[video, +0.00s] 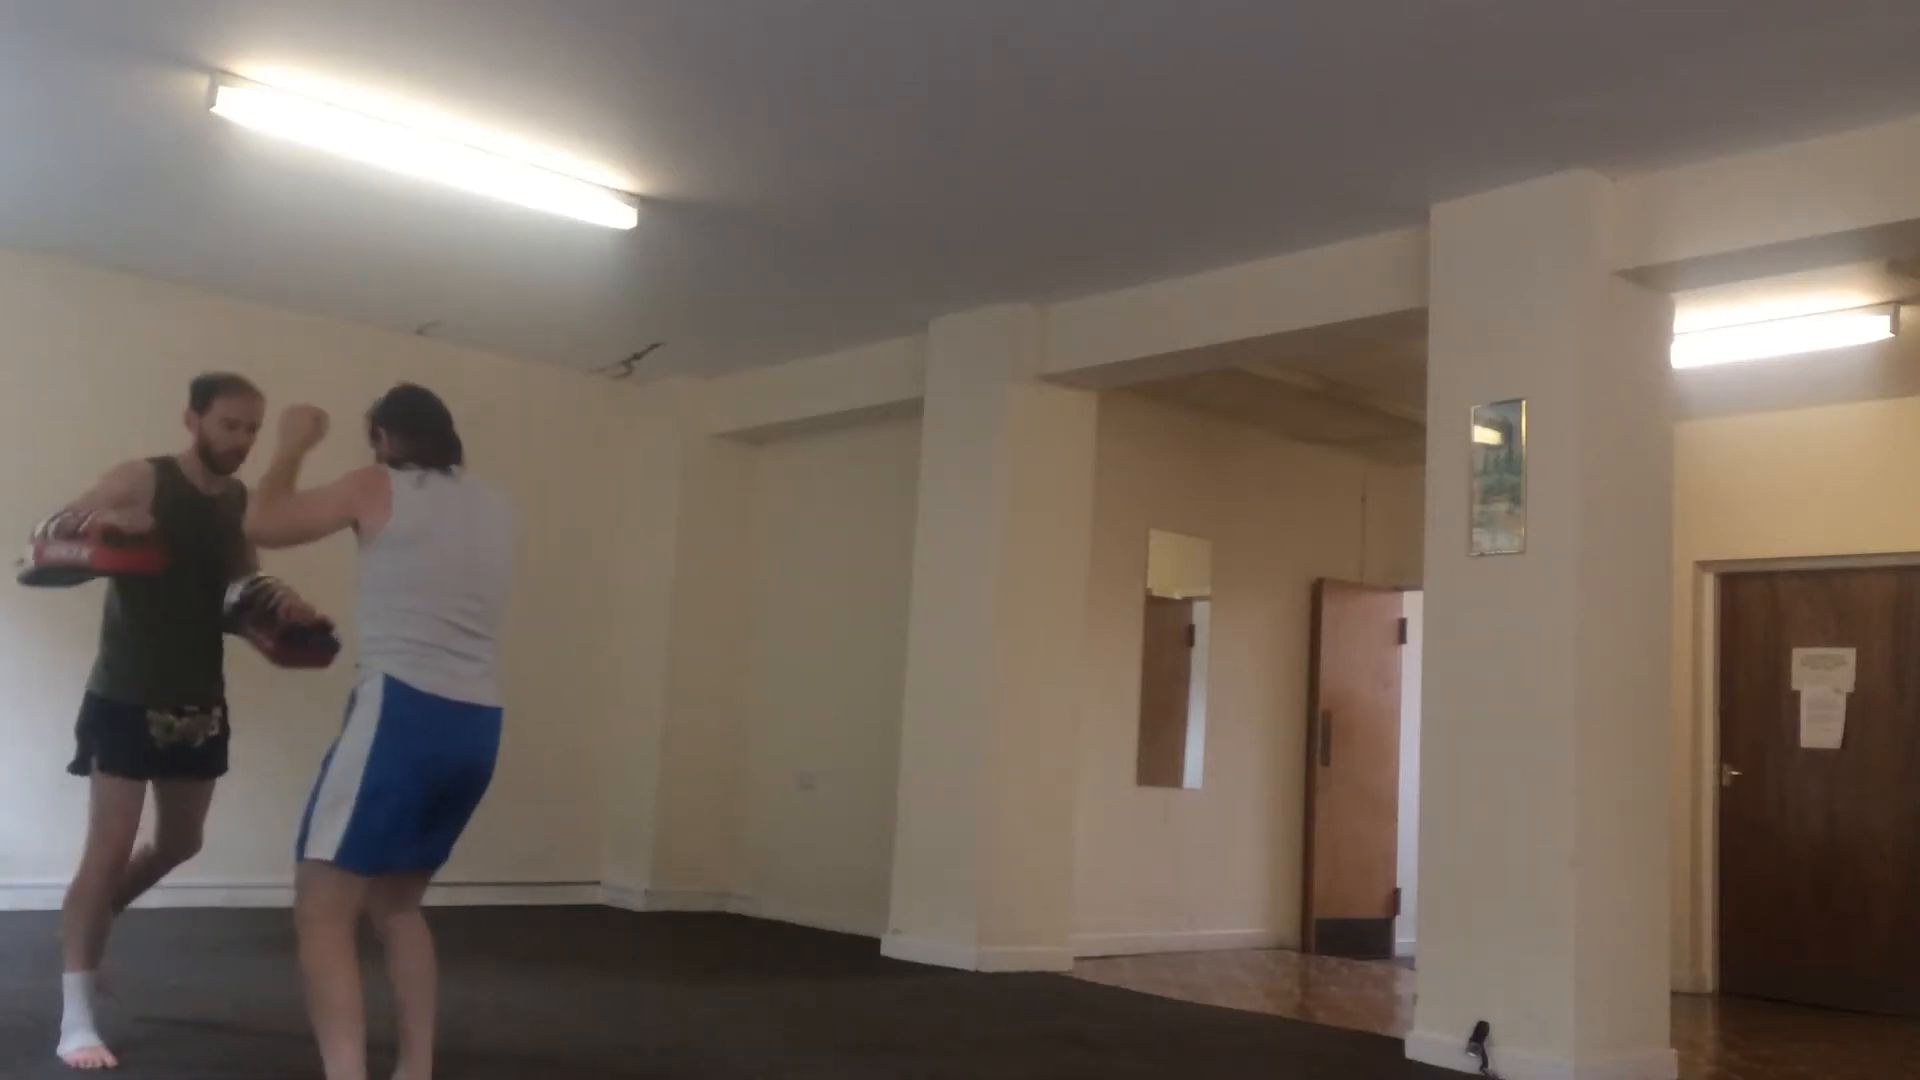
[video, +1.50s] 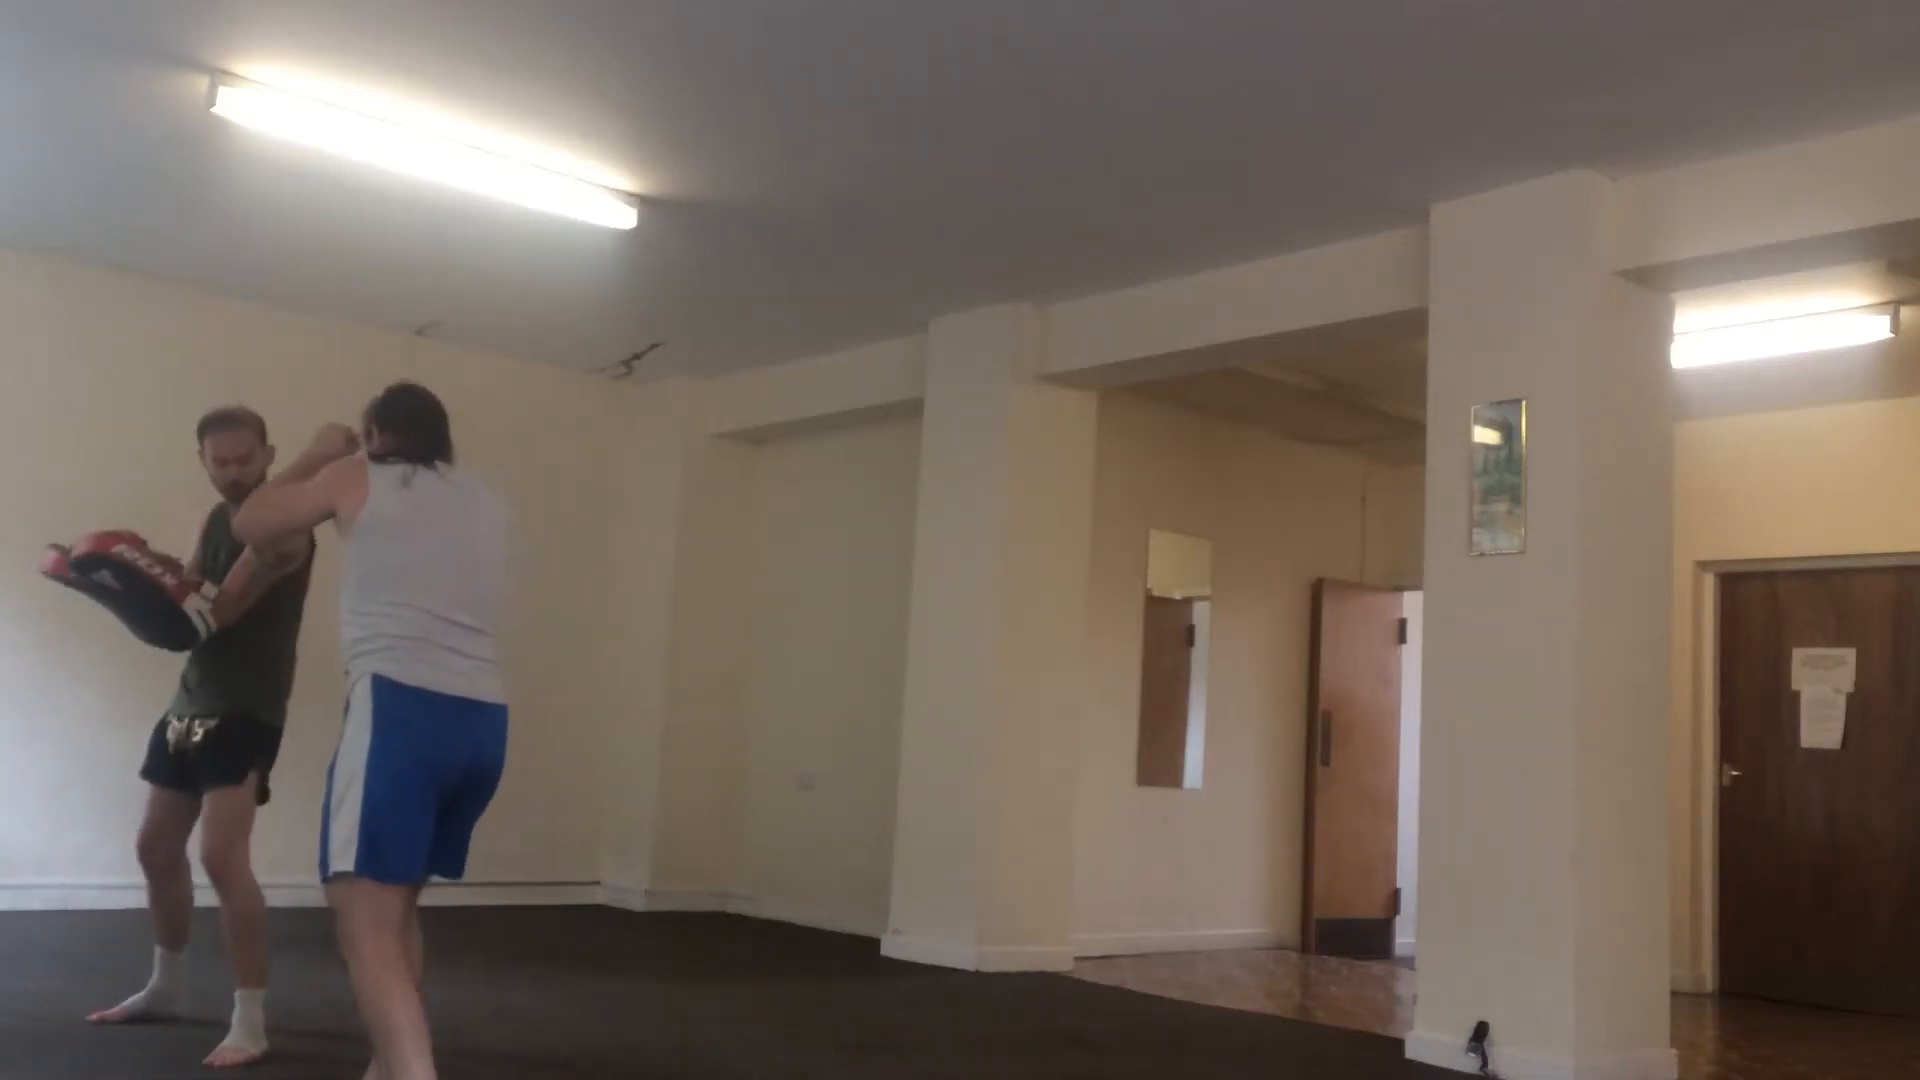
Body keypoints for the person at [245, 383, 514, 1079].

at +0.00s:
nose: (371, 452)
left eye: (373, 441)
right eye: (372, 442)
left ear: (386, 439)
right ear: (448, 437)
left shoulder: (380, 487)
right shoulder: (495, 507)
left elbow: (263, 523)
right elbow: (449, 610)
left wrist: (290, 447)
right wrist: (334, 632)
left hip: (395, 719)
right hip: (473, 730)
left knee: (322, 907)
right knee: (398, 903)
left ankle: (345, 1070)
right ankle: (416, 1068)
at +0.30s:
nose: (374, 441)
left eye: (377, 430)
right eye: (377, 430)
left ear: (394, 437)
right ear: (455, 439)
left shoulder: (390, 485)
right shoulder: (504, 504)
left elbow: (291, 528)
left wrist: (344, 453)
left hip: (416, 717)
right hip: (492, 727)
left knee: (348, 921)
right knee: (415, 909)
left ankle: (412, 1068)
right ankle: (419, 1067)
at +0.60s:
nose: (381, 436)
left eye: (384, 427)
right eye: (385, 427)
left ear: (398, 431)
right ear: (461, 434)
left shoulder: (384, 477)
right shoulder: (510, 500)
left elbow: (289, 533)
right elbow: (454, 589)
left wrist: (342, 459)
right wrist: (354, 588)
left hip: (418, 715)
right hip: (501, 725)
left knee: (373, 922)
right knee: (422, 907)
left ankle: (416, 1071)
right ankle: (403, 1063)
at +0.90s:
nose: (381, 436)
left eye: (385, 429)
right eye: (384, 428)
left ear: (398, 436)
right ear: (461, 438)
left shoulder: (380, 481)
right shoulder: (511, 502)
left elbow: (291, 535)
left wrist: (345, 459)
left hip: (410, 715)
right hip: (494, 724)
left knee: (381, 921)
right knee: (422, 908)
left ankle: (420, 1070)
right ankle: (405, 1064)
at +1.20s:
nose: (372, 441)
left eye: (375, 434)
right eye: (376, 434)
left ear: (386, 437)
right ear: (454, 438)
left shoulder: (373, 483)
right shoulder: (508, 505)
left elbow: (272, 534)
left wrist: (333, 464)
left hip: (412, 714)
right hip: (495, 724)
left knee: (380, 927)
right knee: (422, 913)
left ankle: (417, 1071)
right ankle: (404, 1062)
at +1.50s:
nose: (363, 437)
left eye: (368, 430)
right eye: (368, 430)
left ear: (376, 437)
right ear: (446, 441)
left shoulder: (357, 479)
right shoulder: (487, 505)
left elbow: (250, 522)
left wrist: (312, 457)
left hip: (396, 715)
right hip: (481, 724)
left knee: (366, 931)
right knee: (398, 911)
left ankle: (416, 1072)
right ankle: (389, 1063)